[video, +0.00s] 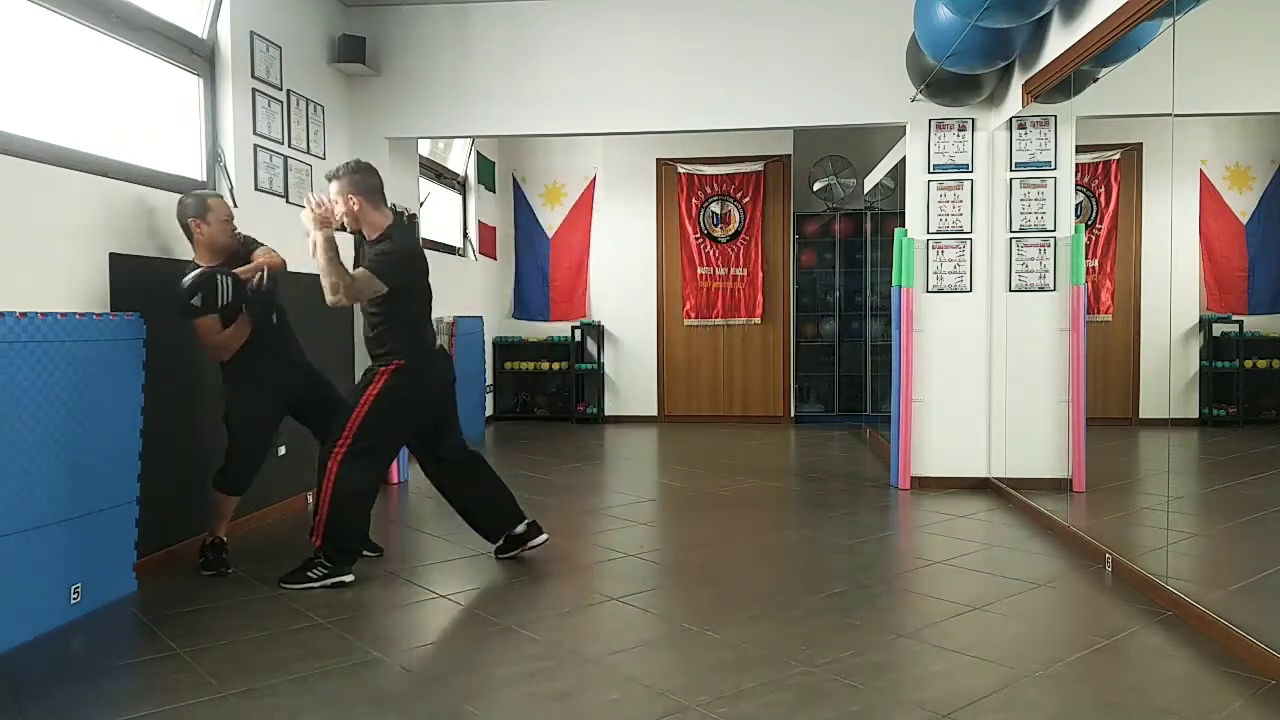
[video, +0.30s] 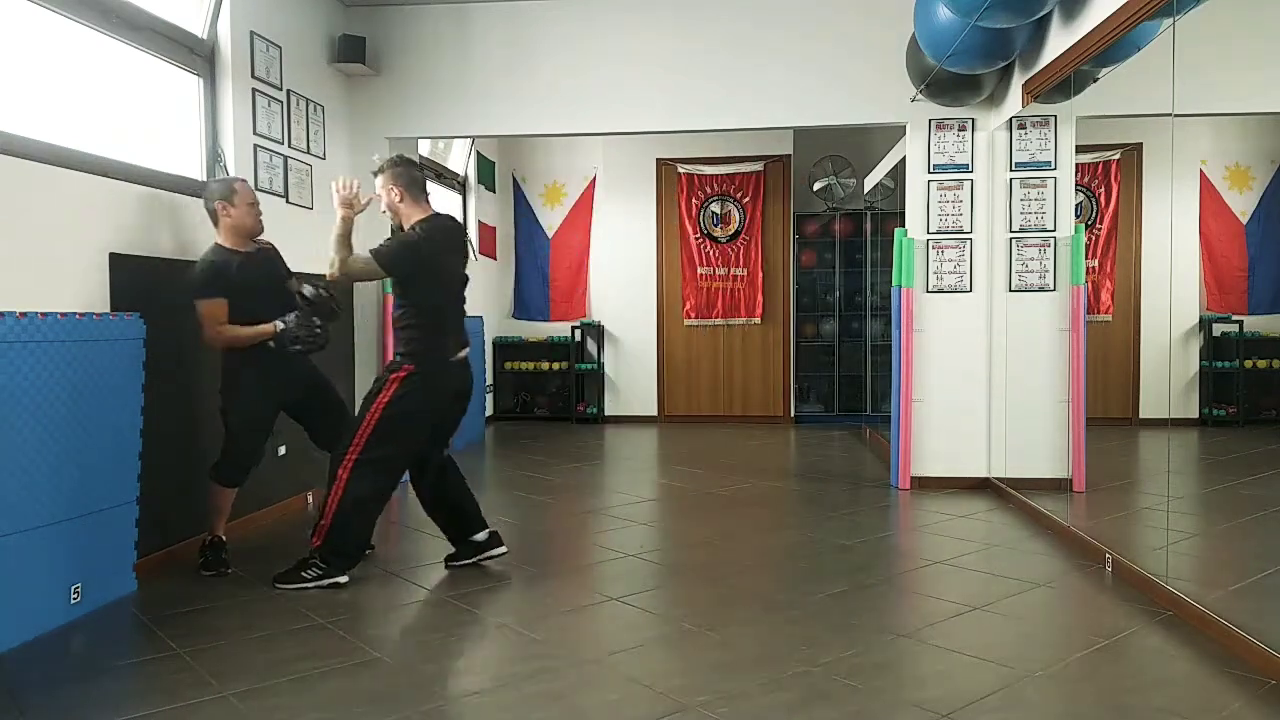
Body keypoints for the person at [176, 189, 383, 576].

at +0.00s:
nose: (235, 228)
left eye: (233, 220)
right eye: (226, 221)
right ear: (198, 227)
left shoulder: (243, 247)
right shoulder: (195, 285)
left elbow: (277, 261)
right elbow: (216, 350)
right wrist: (251, 314)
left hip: (293, 371)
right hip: (250, 387)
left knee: (345, 430)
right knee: (242, 461)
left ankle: (343, 530)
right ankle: (216, 540)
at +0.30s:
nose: (260, 212)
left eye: (258, 205)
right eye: (252, 205)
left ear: (233, 210)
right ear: (223, 211)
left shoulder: (267, 252)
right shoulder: (212, 267)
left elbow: (290, 291)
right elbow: (214, 333)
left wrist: (311, 296)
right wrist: (276, 328)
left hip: (293, 368)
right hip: (248, 377)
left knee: (346, 435)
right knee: (238, 456)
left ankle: (341, 530)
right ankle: (215, 539)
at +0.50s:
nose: (309, 208)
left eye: (307, 201)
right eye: (301, 201)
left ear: (278, 207)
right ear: (274, 207)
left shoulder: (308, 255)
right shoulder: (258, 258)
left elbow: (317, 301)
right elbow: (244, 321)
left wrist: (339, 310)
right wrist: (304, 336)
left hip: (313, 372)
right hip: (274, 374)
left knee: (337, 453)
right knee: (258, 457)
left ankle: (303, 533)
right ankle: (219, 533)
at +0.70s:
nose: (362, 213)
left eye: (362, 206)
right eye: (355, 206)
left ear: (336, 208)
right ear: (328, 207)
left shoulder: (351, 257)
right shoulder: (305, 252)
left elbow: (368, 307)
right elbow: (279, 313)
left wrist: (394, 309)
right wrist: (337, 337)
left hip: (341, 370)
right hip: (311, 370)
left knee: (338, 455)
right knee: (316, 456)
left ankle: (307, 534)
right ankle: (286, 525)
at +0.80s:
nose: (384, 208)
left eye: (384, 201)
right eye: (377, 200)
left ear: (359, 202)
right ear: (349, 200)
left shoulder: (370, 251)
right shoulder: (325, 243)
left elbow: (379, 295)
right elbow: (290, 296)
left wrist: (400, 297)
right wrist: (351, 310)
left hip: (355, 365)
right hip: (330, 365)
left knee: (334, 449)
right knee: (352, 451)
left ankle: (306, 527)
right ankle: (343, 537)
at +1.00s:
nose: (420, 221)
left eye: (421, 214)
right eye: (414, 214)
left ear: (395, 214)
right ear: (387, 213)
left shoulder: (398, 260)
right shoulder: (368, 254)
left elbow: (405, 314)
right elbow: (351, 316)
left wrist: (429, 328)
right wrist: (408, 332)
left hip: (393, 367)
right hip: (373, 368)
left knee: (392, 454)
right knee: (405, 454)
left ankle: (330, 513)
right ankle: (394, 548)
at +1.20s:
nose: (454, 213)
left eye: (455, 206)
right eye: (449, 205)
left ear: (427, 204)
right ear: (422, 201)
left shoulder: (420, 243)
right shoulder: (403, 238)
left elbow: (412, 297)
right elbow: (382, 294)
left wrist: (448, 299)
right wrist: (436, 309)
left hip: (418, 355)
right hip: (402, 356)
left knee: (430, 441)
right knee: (422, 445)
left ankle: (398, 525)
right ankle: (402, 536)